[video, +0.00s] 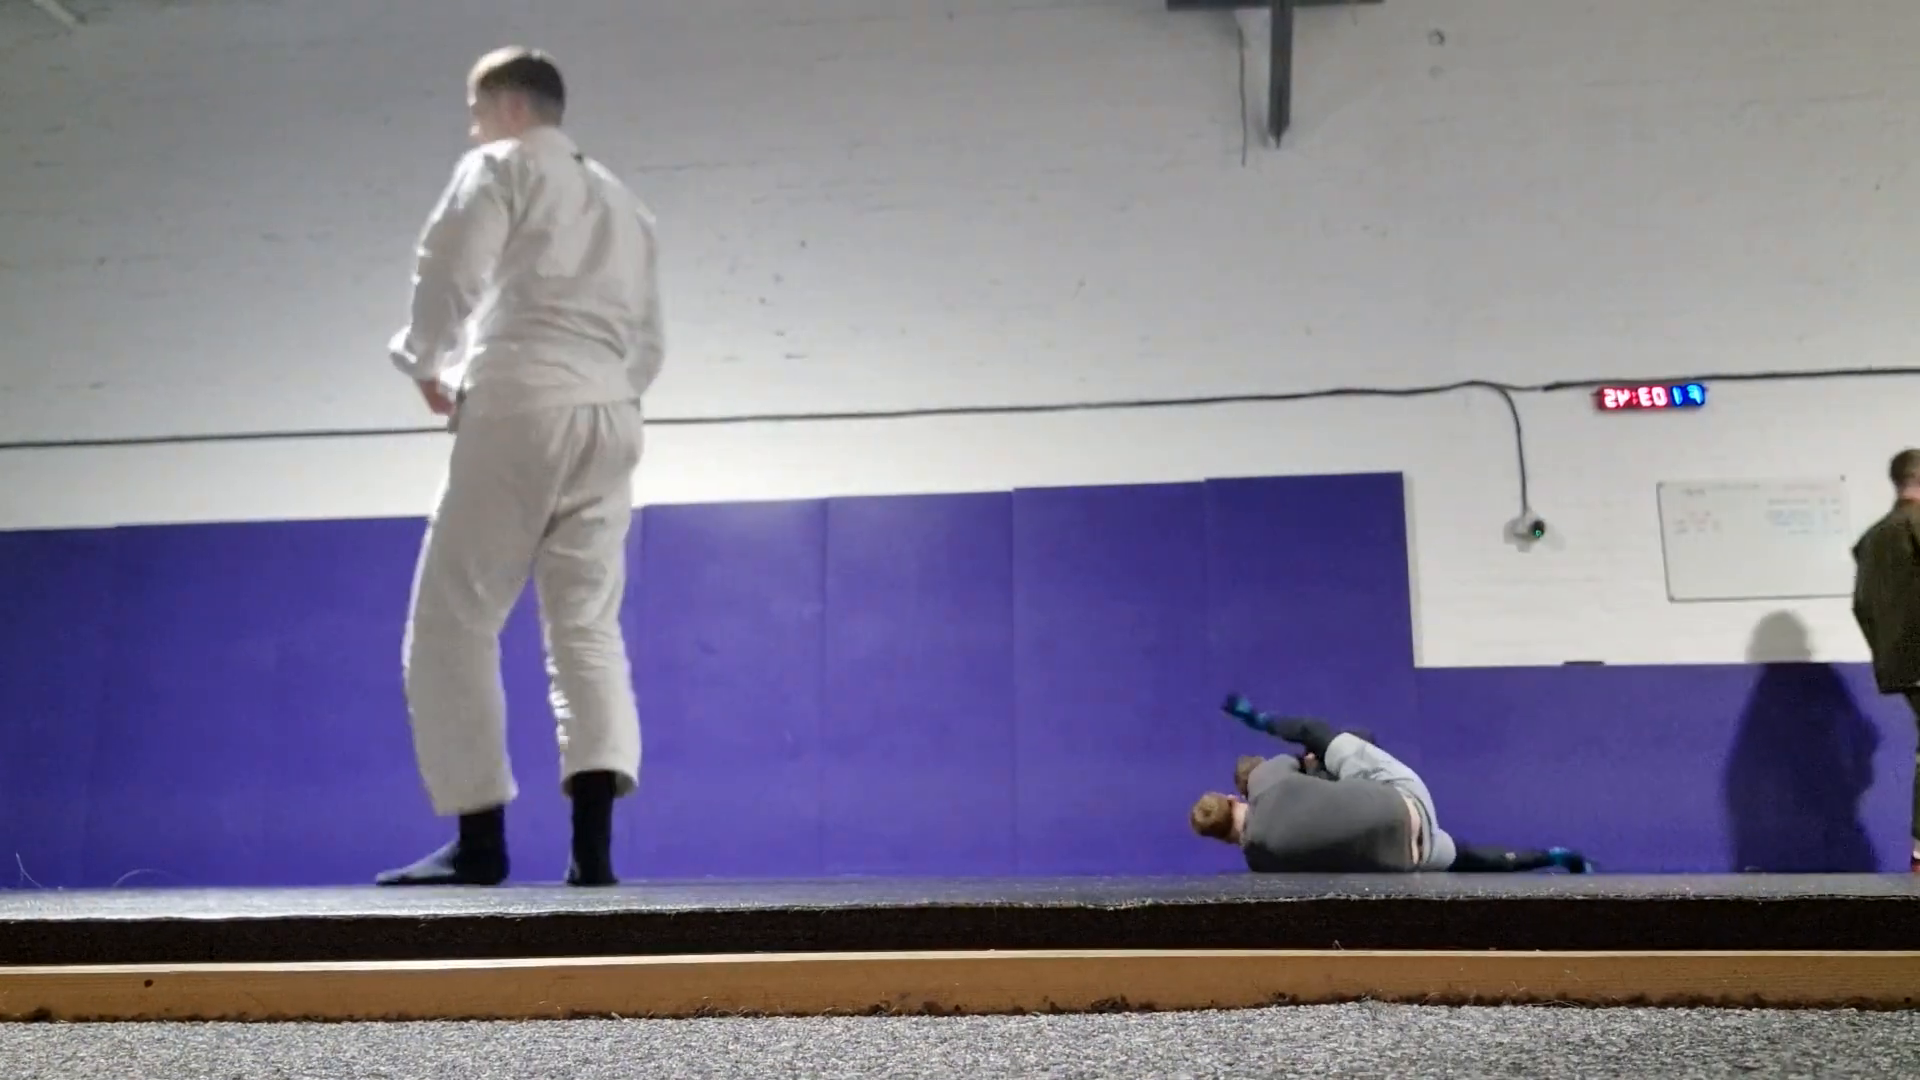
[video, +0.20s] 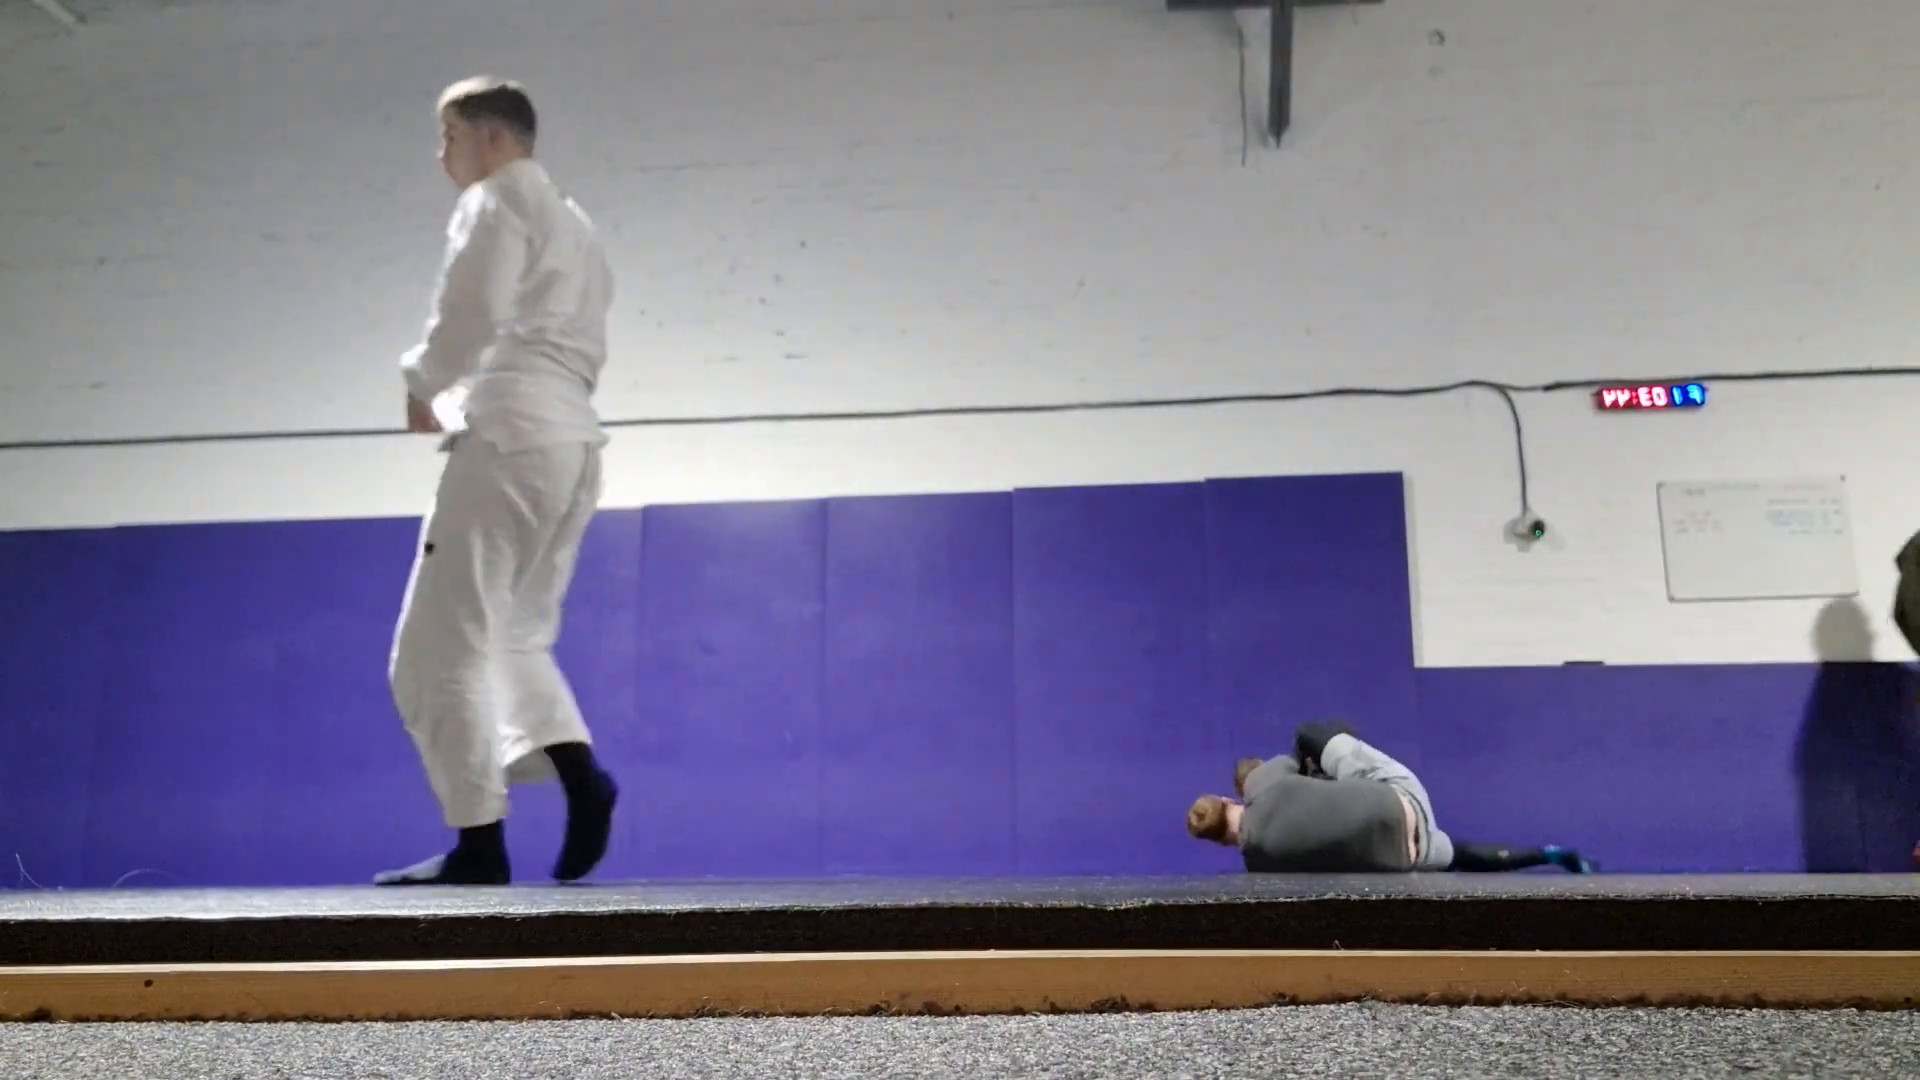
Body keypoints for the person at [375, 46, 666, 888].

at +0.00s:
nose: (476, 126)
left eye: (479, 110)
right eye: (476, 112)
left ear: (508, 103)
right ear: (553, 107)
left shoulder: (497, 166)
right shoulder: (628, 205)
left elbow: (451, 260)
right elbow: (647, 337)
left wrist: (423, 360)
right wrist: (608, 407)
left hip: (516, 408)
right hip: (612, 418)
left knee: (454, 617)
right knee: (588, 626)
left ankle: (478, 844)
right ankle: (593, 854)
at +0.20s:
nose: (444, 158)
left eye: (450, 139)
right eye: (443, 141)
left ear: (490, 134)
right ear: (521, 137)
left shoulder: (496, 199)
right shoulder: (582, 226)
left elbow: (473, 310)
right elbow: (581, 348)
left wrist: (421, 384)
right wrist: (503, 407)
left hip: (508, 438)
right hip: (577, 446)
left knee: (439, 641)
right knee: (519, 632)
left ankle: (479, 844)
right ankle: (582, 779)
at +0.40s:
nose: (441, 160)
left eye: (454, 145)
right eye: (437, 148)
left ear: (504, 149)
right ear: (466, 158)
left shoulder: (525, 216)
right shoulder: (482, 238)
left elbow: (527, 335)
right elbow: (471, 360)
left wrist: (450, 412)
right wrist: (433, 432)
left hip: (527, 457)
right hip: (504, 457)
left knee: (444, 651)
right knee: (456, 647)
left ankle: (484, 841)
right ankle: (502, 832)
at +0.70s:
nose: (467, 192)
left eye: (482, 179)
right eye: (456, 181)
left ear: (517, 191)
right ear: (445, 196)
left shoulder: (560, 273)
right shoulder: (425, 285)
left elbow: (614, 379)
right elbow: (381, 394)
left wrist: (564, 441)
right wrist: (386, 457)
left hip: (538, 490)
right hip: (462, 492)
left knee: (513, 663)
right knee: (439, 673)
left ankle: (503, 841)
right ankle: (476, 839)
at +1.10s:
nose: (553, 207)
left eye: (567, 197)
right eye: (541, 192)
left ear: (584, 213)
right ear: (513, 197)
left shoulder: (608, 300)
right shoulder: (463, 280)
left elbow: (632, 399)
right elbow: (415, 371)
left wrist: (624, 462)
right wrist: (466, 409)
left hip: (576, 507)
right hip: (487, 501)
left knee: (577, 672)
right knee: (469, 671)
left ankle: (568, 848)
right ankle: (475, 851)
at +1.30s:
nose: (578, 226)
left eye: (590, 215)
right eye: (566, 210)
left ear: (605, 221)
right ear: (535, 208)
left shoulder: (624, 306)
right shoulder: (488, 279)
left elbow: (652, 401)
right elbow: (450, 355)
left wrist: (678, 481)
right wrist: (520, 290)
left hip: (592, 501)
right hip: (505, 495)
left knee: (588, 670)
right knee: (478, 667)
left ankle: (569, 847)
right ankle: (478, 849)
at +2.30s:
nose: (603, 235)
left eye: (617, 225)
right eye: (591, 219)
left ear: (629, 230)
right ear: (561, 214)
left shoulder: (643, 311)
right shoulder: (508, 287)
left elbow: (668, 404)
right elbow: (477, 382)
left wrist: (684, 482)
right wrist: (536, 408)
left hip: (607, 508)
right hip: (521, 499)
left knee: (597, 674)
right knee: (487, 669)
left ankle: (568, 849)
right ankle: (481, 850)